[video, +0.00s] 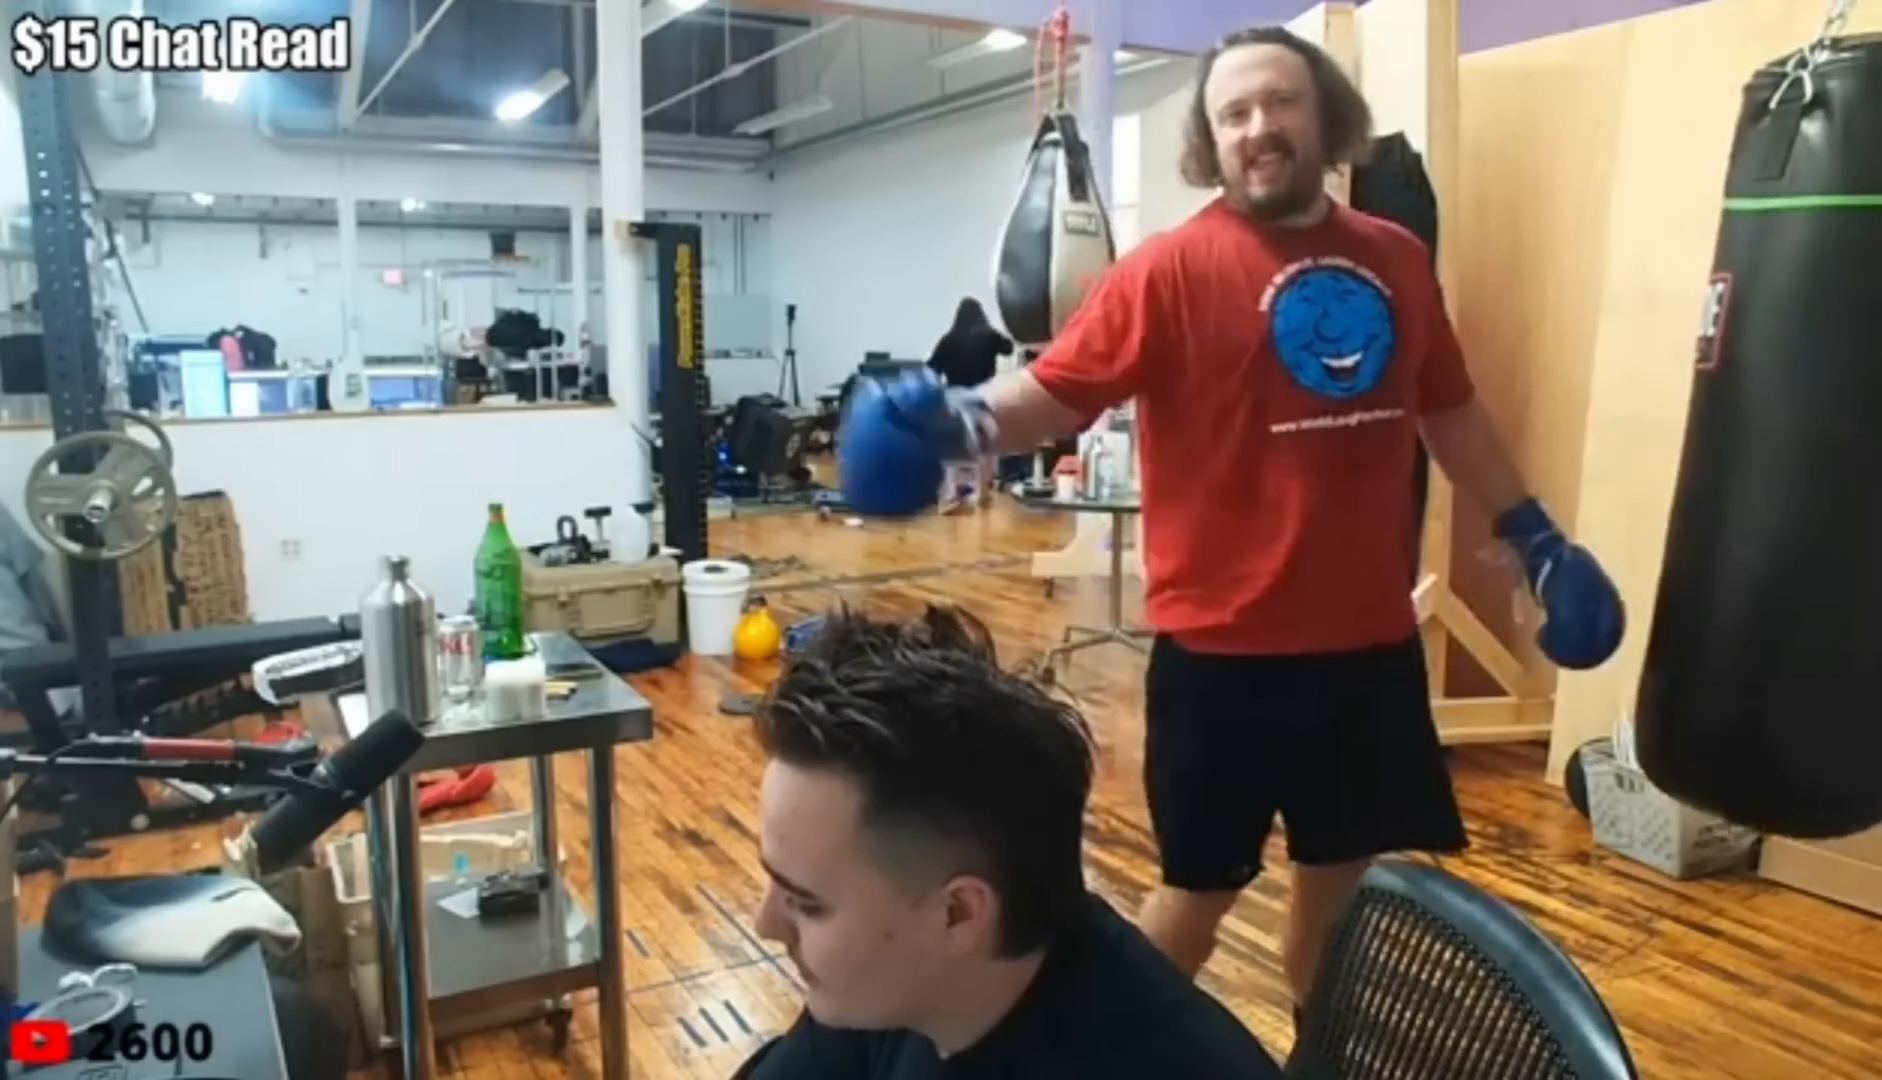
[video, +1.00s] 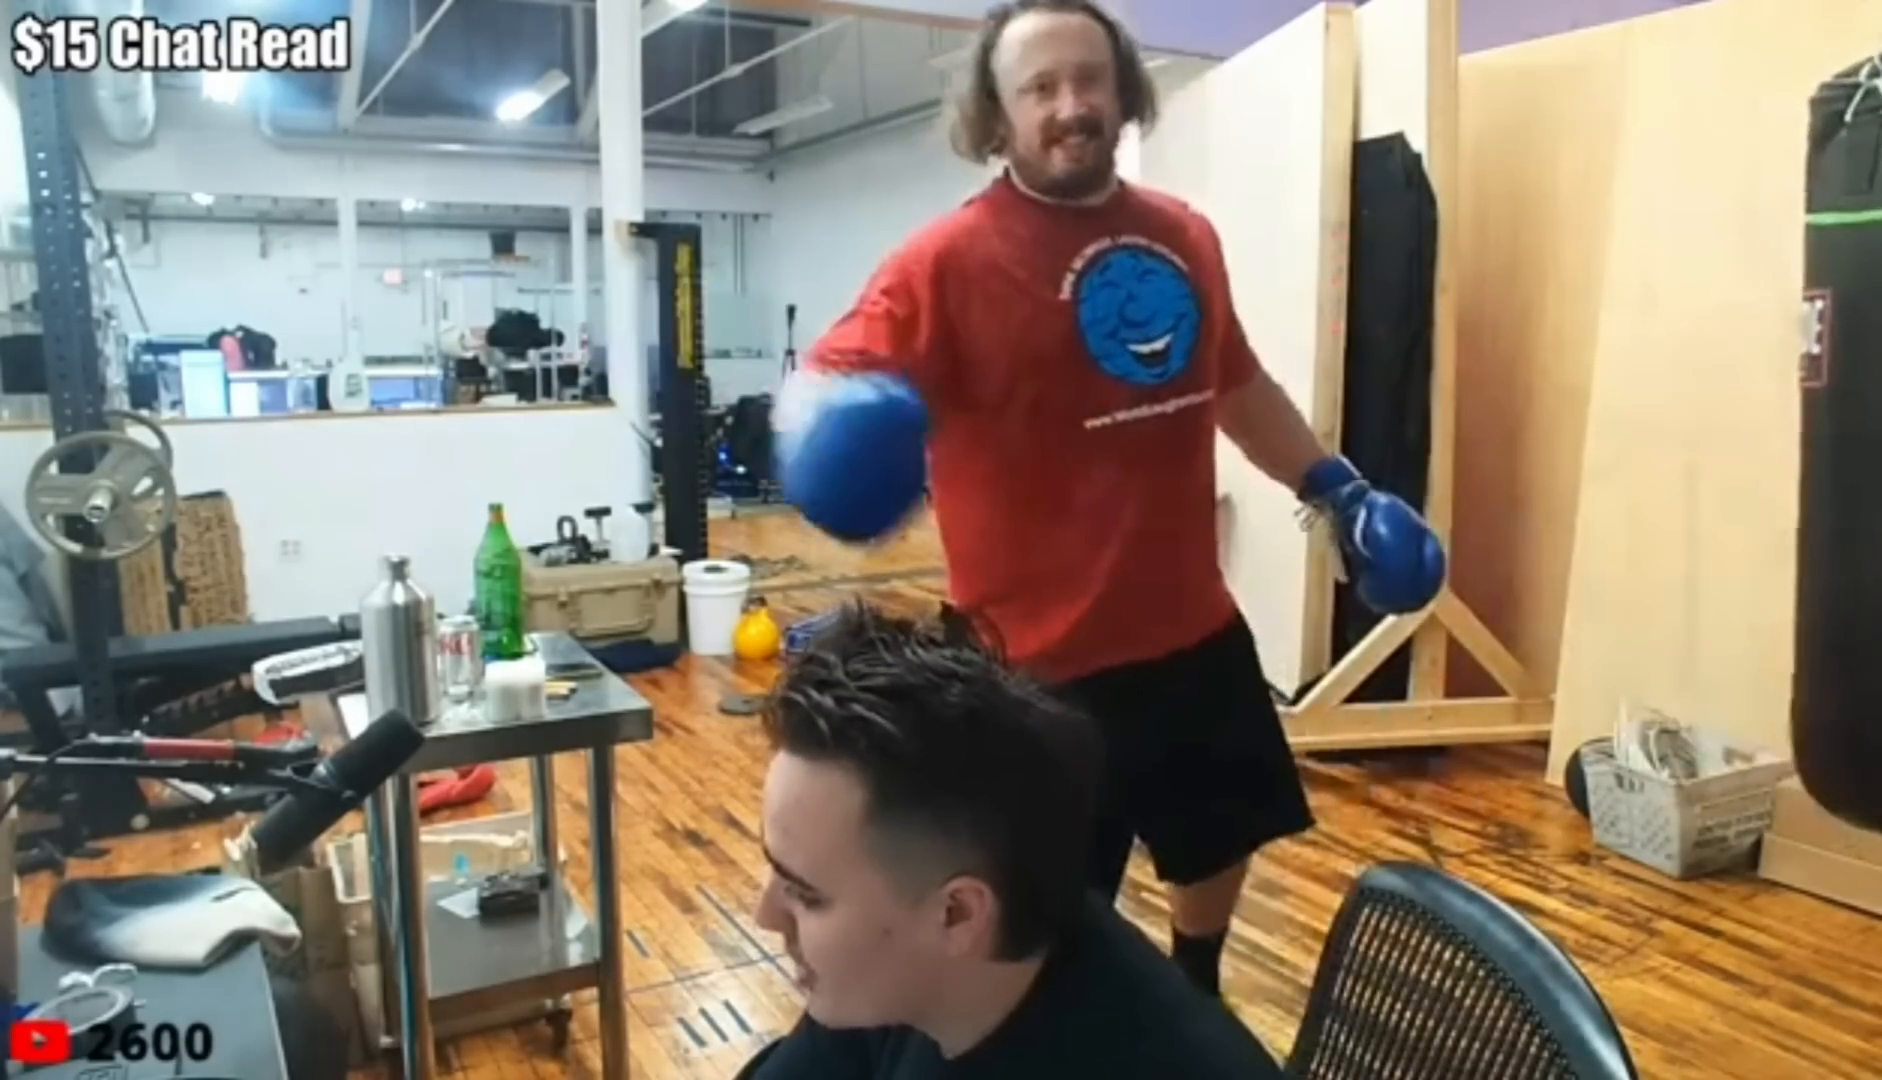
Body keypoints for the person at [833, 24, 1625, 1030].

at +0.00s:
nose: (1257, 128)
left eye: (1280, 102)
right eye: (1233, 112)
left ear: (1331, 122)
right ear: (1208, 140)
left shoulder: (1394, 259)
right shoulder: (1167, 271)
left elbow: (1450, 414)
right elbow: (1060, 389)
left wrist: (1540, 543)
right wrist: (957, 422)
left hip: (1362, 645)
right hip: (1214, 650)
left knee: (1339, 877)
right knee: (1198, 890)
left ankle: (1321, 1057)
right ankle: (1113, 1056)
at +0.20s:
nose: (1200, 131)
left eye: (1222, 104)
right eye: (1176, 118)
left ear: (1278, 116)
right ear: (1156, 148)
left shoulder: (1355, 248)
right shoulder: (1130, 274)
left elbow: (1417, 398)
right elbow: (1002, 367)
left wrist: (1521, 518)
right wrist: (882, 353)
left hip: (1350, 646)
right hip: (1194, 659)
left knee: (1327, 874)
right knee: (1150, 903)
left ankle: (1314, 1044)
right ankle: (1097, 1048)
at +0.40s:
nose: (1114, 129)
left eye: (1136, 99)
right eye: (1088, 115)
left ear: (1192, 111)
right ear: (1065, 147)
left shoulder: (1269, 254)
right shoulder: (1039, 279)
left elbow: (1336, 405)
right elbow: (910, 379)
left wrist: (1428, 536)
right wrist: (787, 348)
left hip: (1281, 658)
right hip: (1118, 676)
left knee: (1306, 892)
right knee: (1103, 930)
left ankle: (1315, 1057)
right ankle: (1095, 1078)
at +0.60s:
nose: (1052, 115)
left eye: (1073, 85)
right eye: (1024, 100)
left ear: (1128, 98)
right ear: (998, 131)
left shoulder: (1203, 239)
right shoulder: (966, 277)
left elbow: (1258, 395)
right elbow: (841, 390)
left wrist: (1349, 531)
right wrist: (727, 360)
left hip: (1221, 651)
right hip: (1060, 679)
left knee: (1271, 881)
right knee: (1044, 937)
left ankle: (1294, 1062)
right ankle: (1033, 1079)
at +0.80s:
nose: (1028, 107)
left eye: (1048, 76)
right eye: (998, 91)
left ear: (1101, 89)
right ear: (971, 121)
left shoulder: (1177, 227)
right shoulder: (936, 262)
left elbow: (1242, 377)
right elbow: (811, 374)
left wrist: (1346, 502)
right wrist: (714, 340)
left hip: (1197, 628)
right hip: (1038, 663)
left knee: (1249, 839)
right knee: (1051, 912)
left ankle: (1233, 1036)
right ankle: (1055, 1065)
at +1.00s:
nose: (1073, 107)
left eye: (1092, 81)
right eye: (1041, 88)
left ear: (1126, 97)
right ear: (995, 120)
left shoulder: (1179, 236)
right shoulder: (946, 265)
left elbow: (1237, 384)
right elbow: (831, 377)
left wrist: (1343, 500)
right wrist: (839, 437)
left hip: (1188, 630)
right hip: (1034, 658)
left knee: (1217, 844)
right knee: (1064, 889)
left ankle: (1194, 1004)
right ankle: (1064, 1036)